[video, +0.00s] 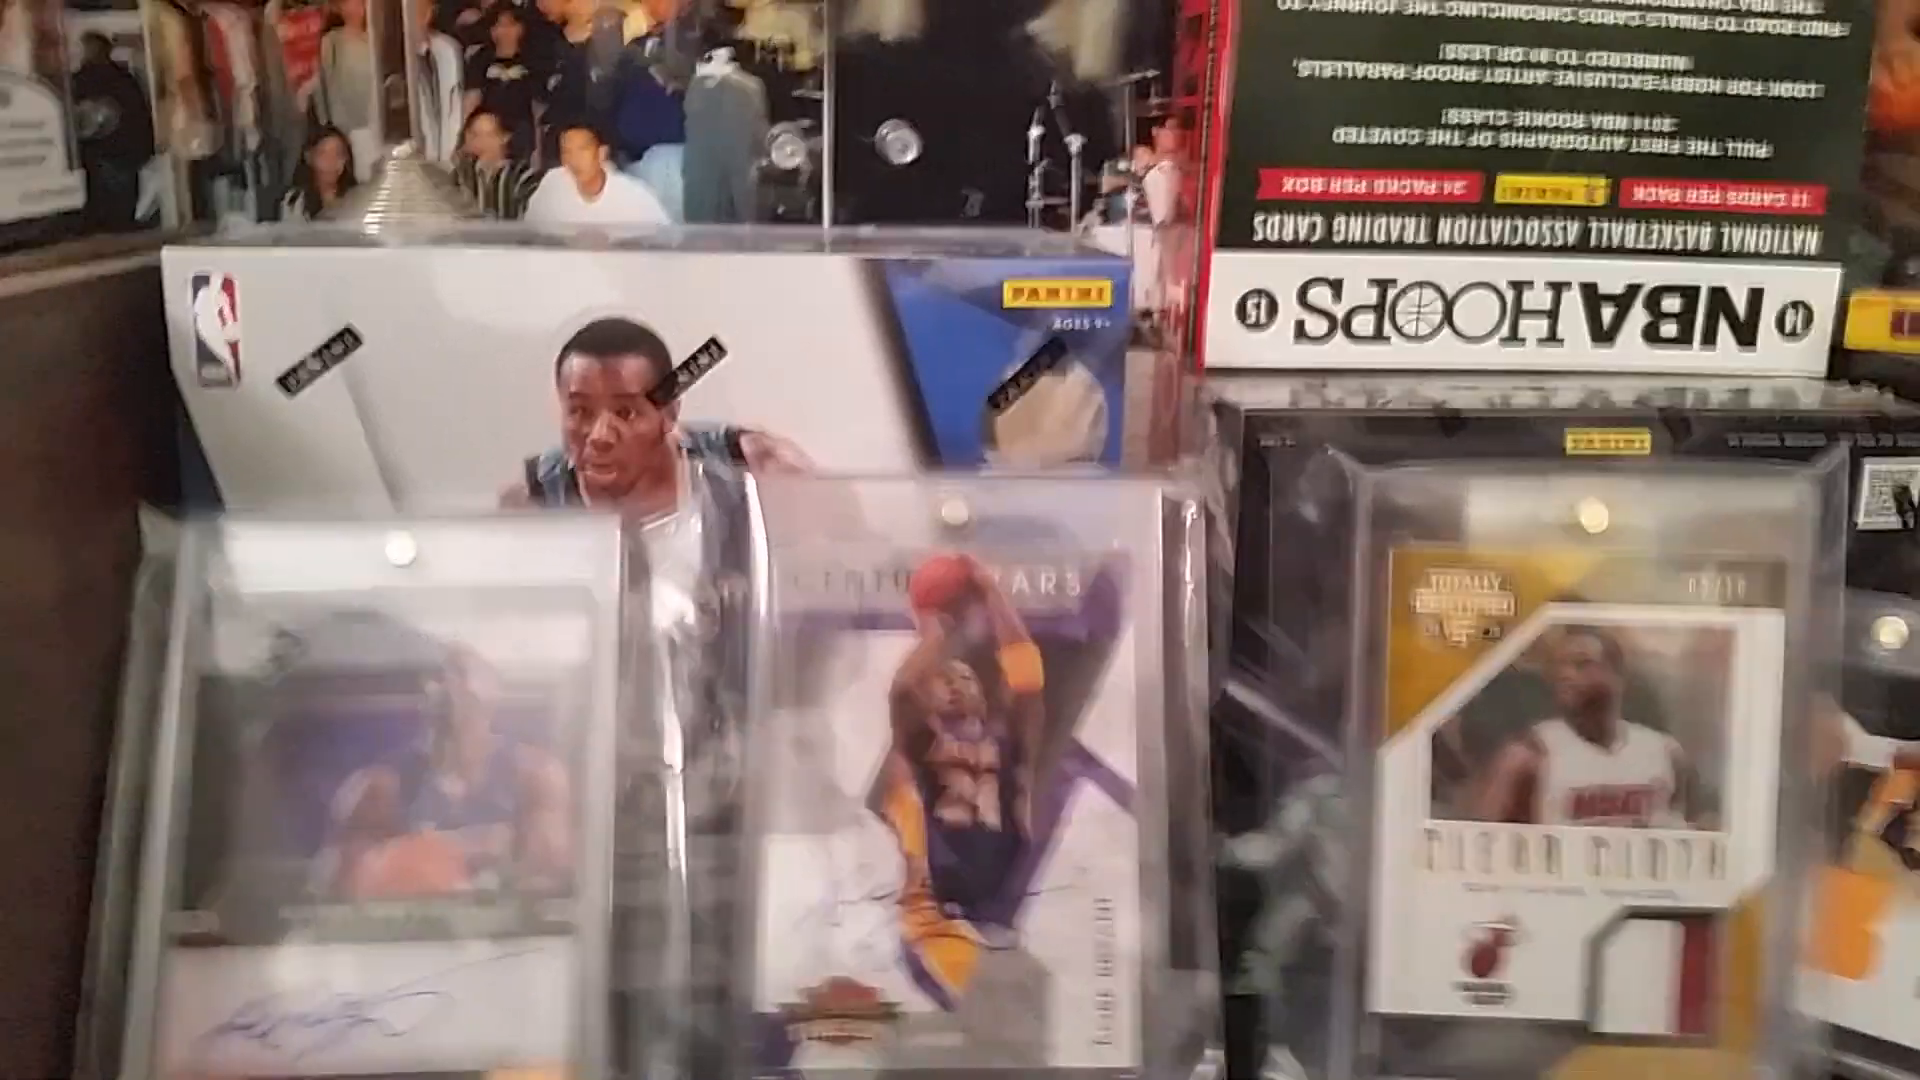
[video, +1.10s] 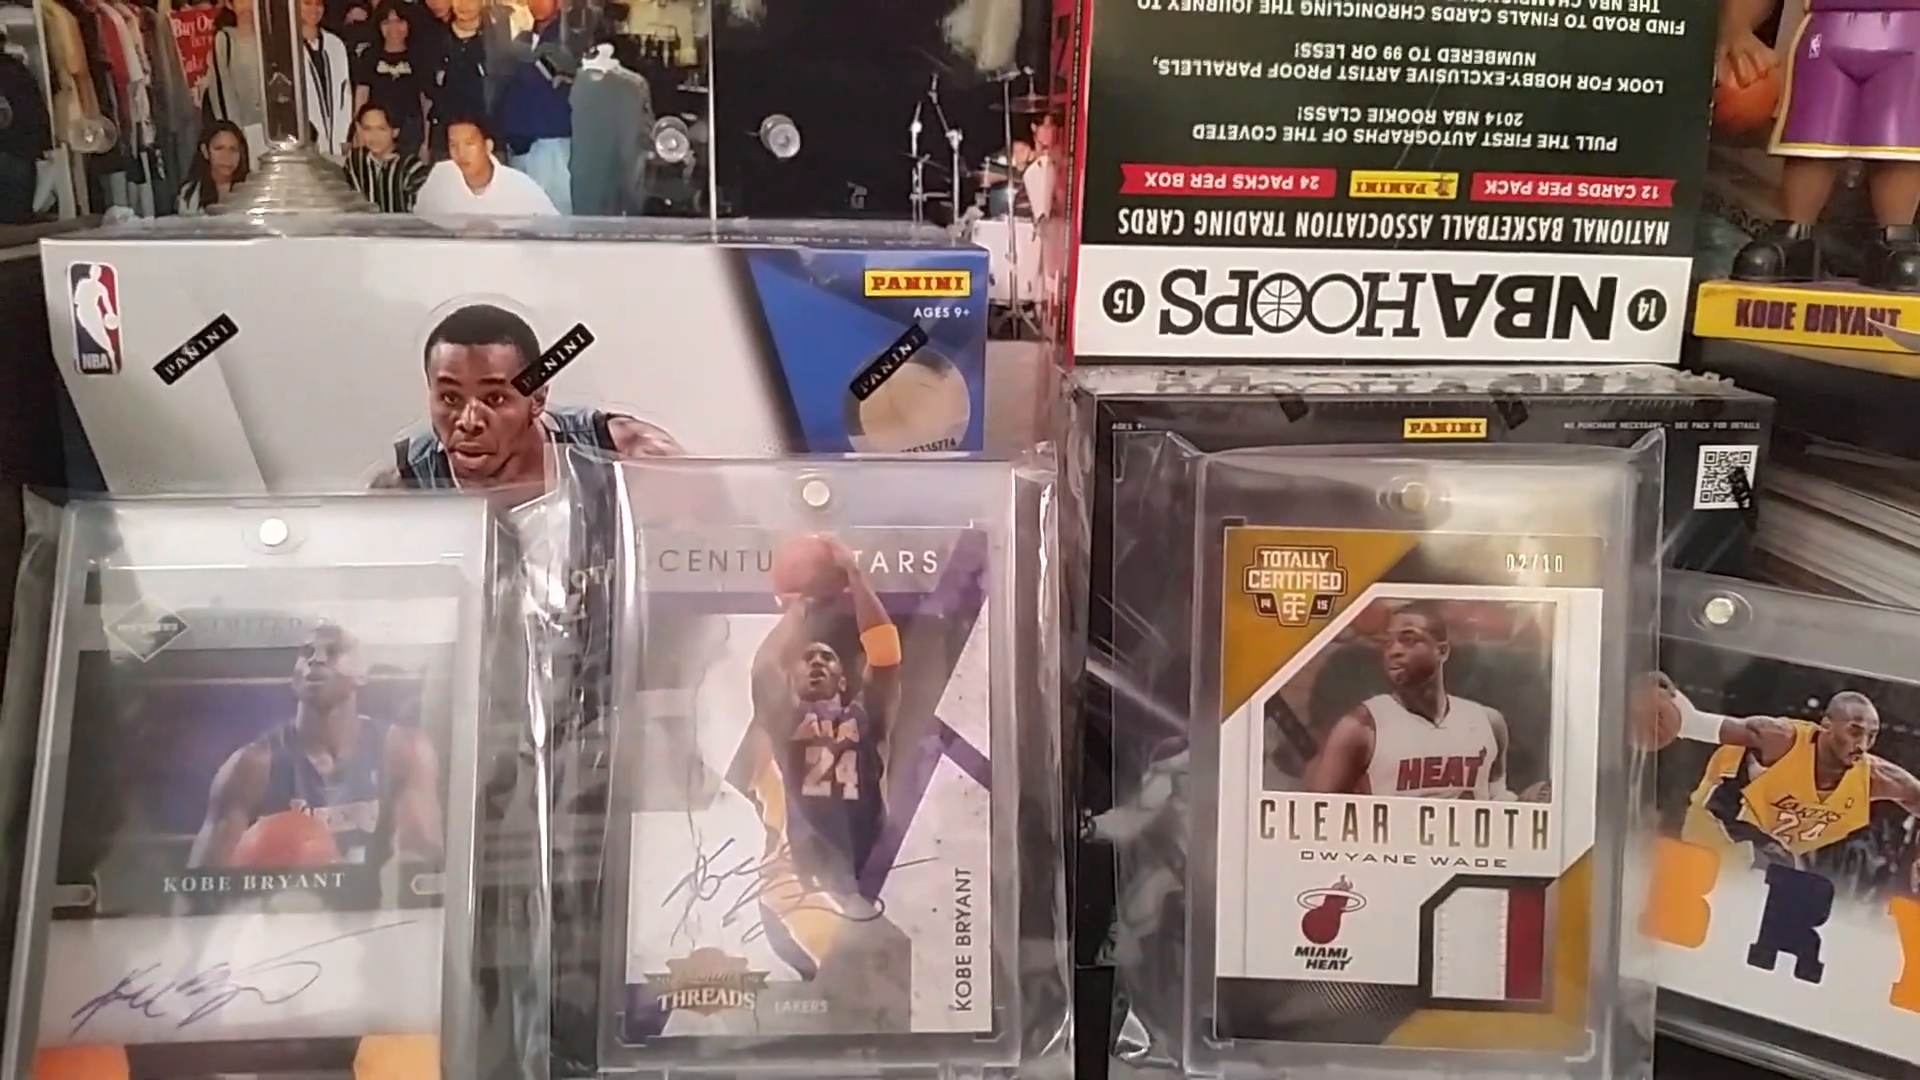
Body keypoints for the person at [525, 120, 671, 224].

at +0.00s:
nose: (573, 159)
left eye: (583, 149)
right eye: (567, 151)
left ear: (602, 153)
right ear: (561, 156)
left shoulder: (633, 193)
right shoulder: (553, 183)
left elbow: (669, 239)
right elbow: (528, 232)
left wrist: (614, 244)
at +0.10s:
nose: (538, 156)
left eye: (547, 147)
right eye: (534, 148)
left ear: (570, 150)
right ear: (529, 152)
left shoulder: (603, 189)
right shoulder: (519, 181)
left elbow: (634, 238)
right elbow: (495, 231)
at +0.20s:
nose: (506, 156)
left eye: (514, 147)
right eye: (500, 148)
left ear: (534, 148)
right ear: (494, 152)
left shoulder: (565, 189)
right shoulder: (484, 180)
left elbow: (601, 234)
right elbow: (460, 227)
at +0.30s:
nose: (475, 154)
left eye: (483, 145)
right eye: (468, 146)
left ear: (503, 148)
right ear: (463, 149)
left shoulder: (535, 186)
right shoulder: (454, 178)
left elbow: (572, 233)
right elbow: (430, 226)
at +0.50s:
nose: (462, 154)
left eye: (471, 144)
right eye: (455, 146)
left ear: (490, 147)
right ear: (449, 150)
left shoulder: (522, 186)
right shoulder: (442, 177)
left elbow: (559, 233)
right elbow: (418, 226)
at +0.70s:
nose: (439, 155)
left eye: (447, 145)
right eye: (431, 147)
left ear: (466, 148)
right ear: (426, 152)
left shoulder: (497, 186)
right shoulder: (417, 178)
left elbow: (534, 231)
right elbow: (394, 227)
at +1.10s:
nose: (461, 154)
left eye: (470, 144)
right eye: (453, 146)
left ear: (488, 146)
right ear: (448, 150)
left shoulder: (519, 184)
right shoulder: (441, 176)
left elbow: (556, 229)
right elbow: (418, 224)